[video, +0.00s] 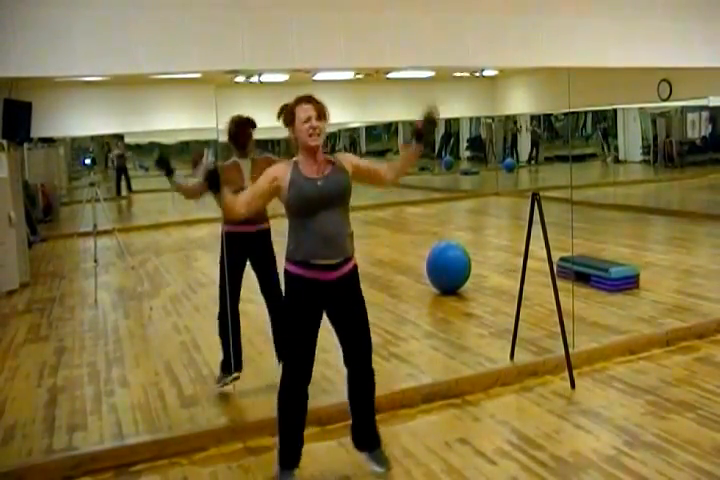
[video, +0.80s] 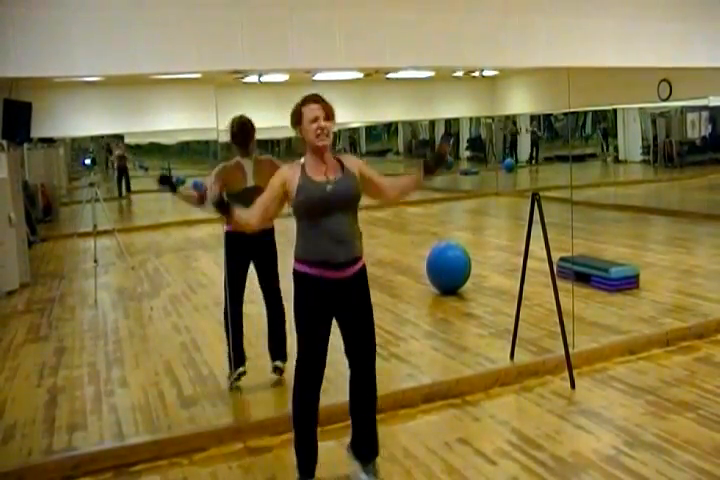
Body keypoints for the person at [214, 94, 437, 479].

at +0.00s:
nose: (313, 125)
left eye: (317, 119)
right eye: (305, 121)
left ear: (325, 123)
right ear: (292, 130)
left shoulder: (343, 162)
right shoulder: (280, 173)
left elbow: (389, 174)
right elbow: (239, 208)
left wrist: (418, 143)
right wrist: (213, 186)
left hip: (344, 276)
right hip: (302, 280)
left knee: (360, 362)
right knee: (296, 373)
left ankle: (368, 442)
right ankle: (288, 464)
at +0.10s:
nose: (314, 145)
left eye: (319, 139)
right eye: (305, 140)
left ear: (327, 145)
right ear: (293, 149)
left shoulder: (343, 178)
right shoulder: (282, 187)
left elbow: (387, 147)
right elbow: (228, 180)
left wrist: (387, 94)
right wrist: (233, 125)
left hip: (345, 297)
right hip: (301, 301)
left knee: (374, 374)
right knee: (283, 390)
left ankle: (393, 445)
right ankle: (264, 474)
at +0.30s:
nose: (313, 153)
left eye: (318, 146)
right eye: (305, 149)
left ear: (326, 152)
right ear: (293, 158)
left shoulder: (342, 185)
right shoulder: (286, 197)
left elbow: (384, 154)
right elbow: (233, 183)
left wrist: (386, 106)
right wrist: (240, 132)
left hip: (349, 305)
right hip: (304, 309)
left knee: (379, 379)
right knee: (286, 394)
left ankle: (399, 447)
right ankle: (263, 473)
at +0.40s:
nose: (314, 132)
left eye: (318, 125)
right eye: (306, 128)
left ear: (326, 131)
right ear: (293, 138)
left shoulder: (344, 167)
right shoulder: (283, 179)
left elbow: (393, 176)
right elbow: (237, 211)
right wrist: (214, 186)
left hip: (348, 282)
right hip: (305, 287)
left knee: (370, 365)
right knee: (297, 381)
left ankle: (381, 444)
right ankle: (278, 472)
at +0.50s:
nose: (317, 134)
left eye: (320, 128)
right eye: (308, 131)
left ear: (328, 133)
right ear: (295, 141)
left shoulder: (345, 176)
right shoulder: (285, 189)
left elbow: (375, 218)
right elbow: (266, 243)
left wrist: (419, 243)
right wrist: (245, 263)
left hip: (348, 288)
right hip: (306, 292)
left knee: (360, 374)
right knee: (312, 379)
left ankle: (356, 459)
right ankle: (308, 470)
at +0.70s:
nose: (320, 141)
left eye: (324, 134)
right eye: (311, 137)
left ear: (332, 140)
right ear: (299, 146)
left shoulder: (347, 183)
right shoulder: (290, 194)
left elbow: (368, 235)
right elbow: (277, 248)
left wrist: (410, 257)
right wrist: (257, 281)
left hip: (353, 298)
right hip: (311, 301)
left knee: (360, 385)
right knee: (315, 388)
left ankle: (348, 464)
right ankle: (317, 469)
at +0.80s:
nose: (321, 125)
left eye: (325, 118)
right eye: (313, 121)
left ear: (333, 123)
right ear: (300, 130)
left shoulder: (351, 164)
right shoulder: (288, 174)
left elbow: (389, 191)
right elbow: (254, 221)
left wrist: (424, 172)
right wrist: (221, 205)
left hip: (353, 277)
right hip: (312, 280)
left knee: (364, 364)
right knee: (310, 373)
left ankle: (364, 451)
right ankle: (306, 468)